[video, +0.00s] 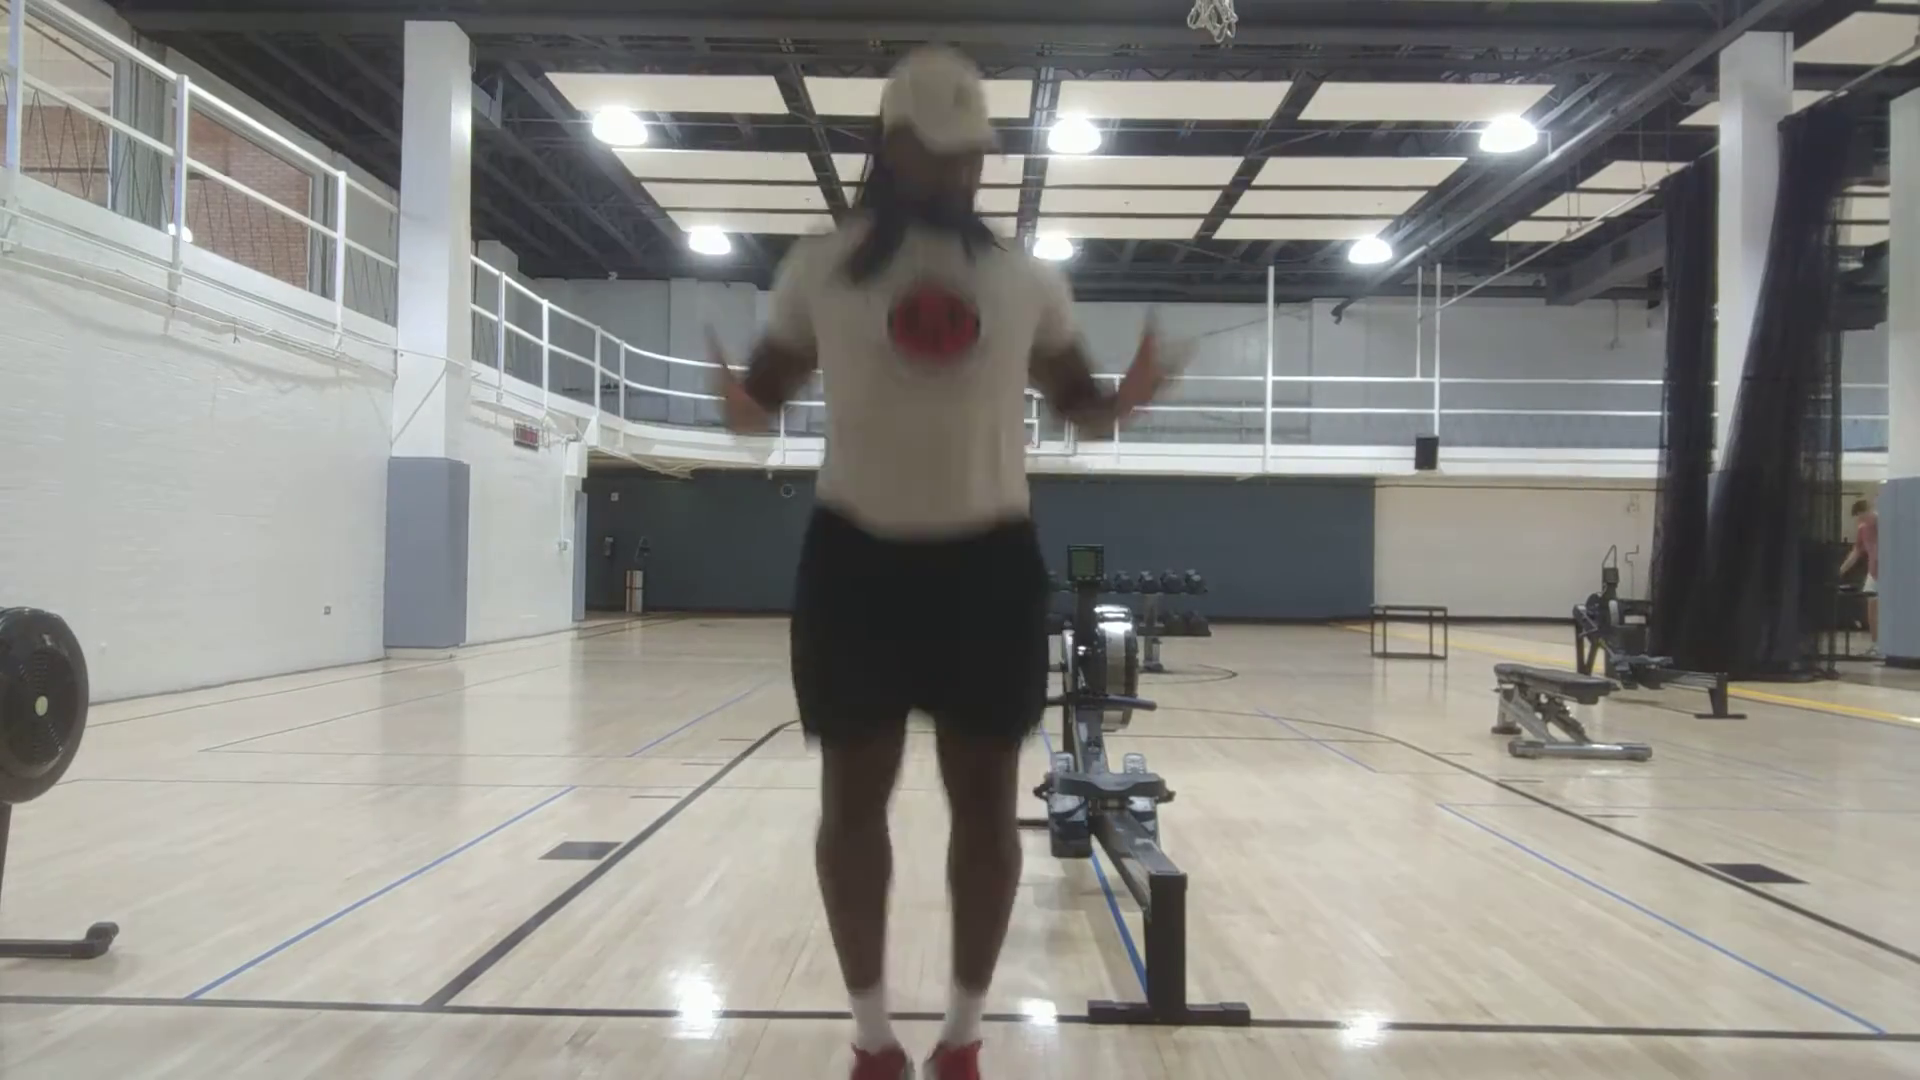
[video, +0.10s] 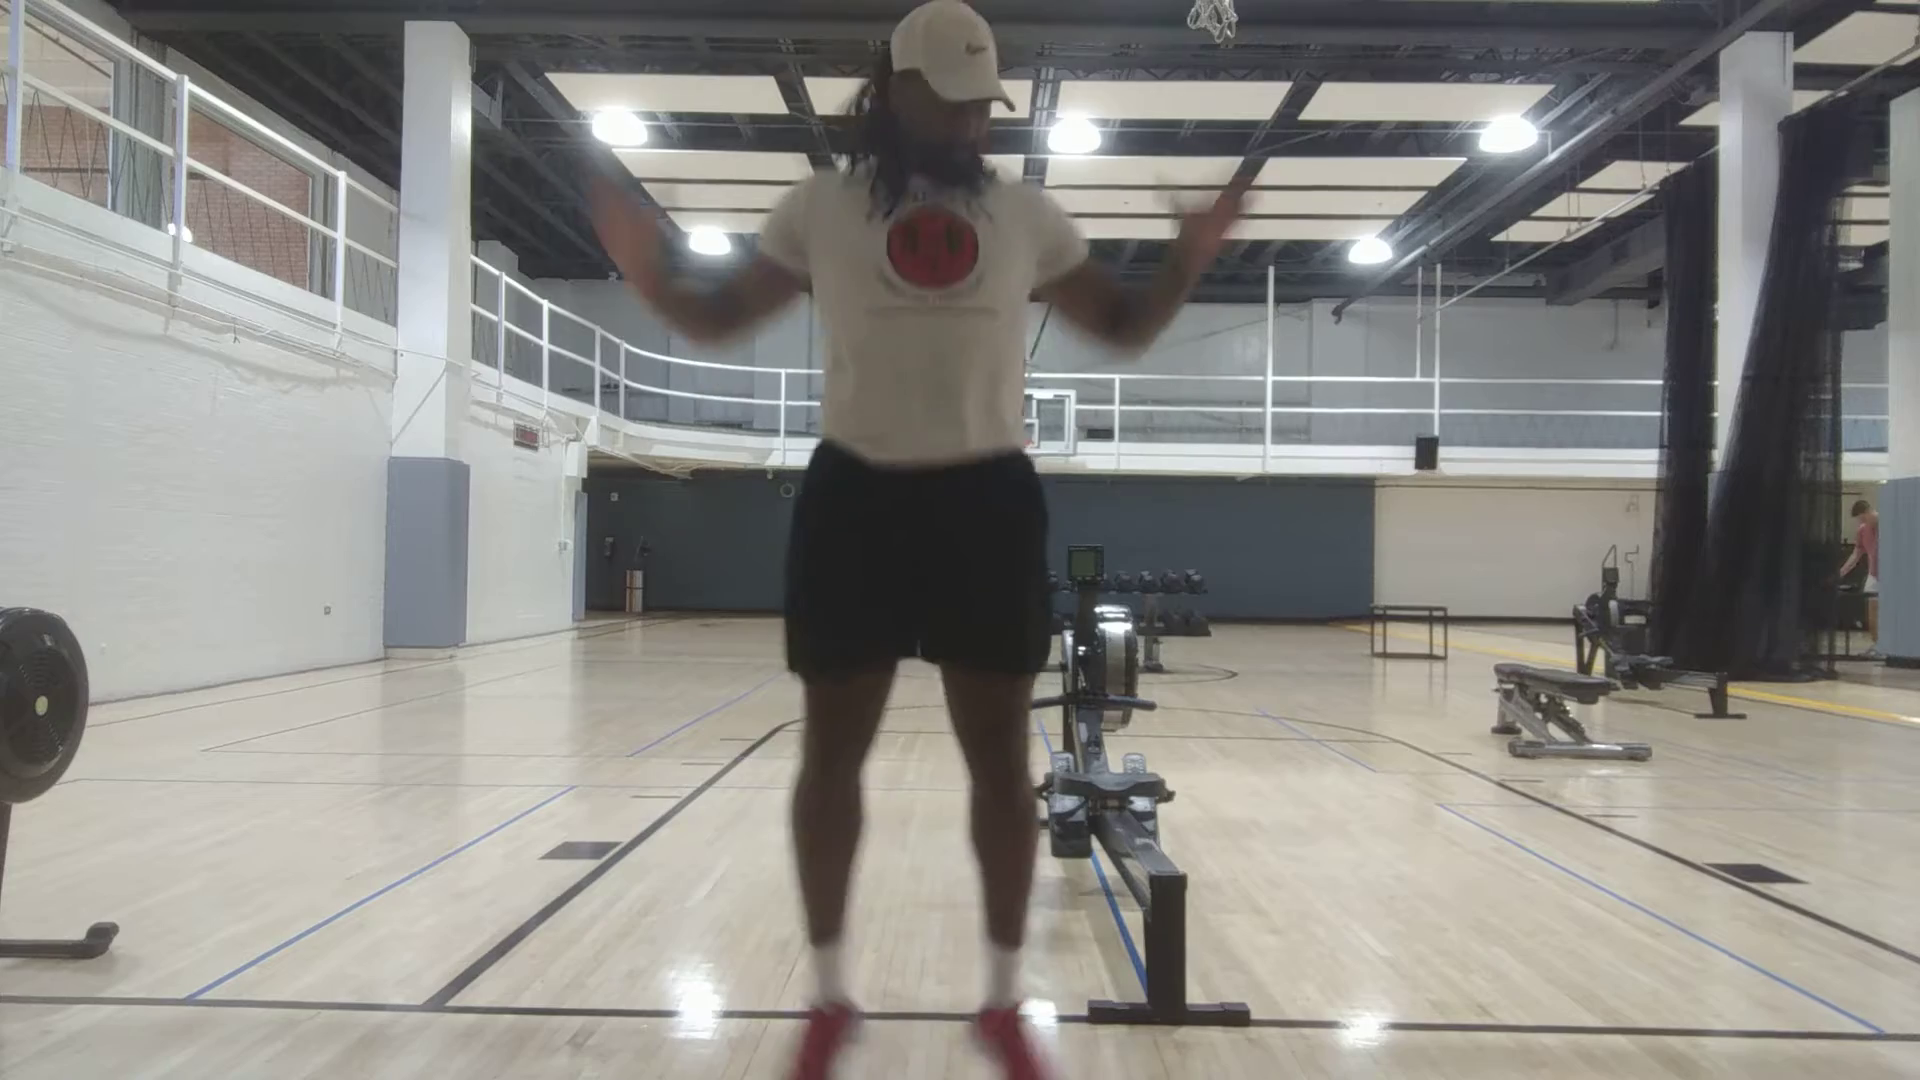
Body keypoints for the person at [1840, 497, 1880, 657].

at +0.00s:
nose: (1859, 519)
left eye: (1860, 515)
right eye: (1857, 516)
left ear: (1867, 512)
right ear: (1858, 515)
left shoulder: (1881, 524)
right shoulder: (1863, 527)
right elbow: (1857, 550)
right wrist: (1842, 569)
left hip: (1885, 573)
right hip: (1873, 573)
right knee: (1872, 605)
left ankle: (1881, 644)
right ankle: (1875, 642)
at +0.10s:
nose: (1861, 521)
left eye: (1861, 516)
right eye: (1858, 518)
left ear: (1869, 511)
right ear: (1860, 517)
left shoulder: (1884, 525)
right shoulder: (1863, 530)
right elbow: (1857, 553)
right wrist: (1842, 572)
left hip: (1888, 574)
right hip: (1874, 574)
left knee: (1888, 608)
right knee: (1872, 605)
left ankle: (1887, 644)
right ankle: (1876, 642)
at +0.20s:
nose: (1862, 522)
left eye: (1863, 517)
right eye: (1860, 519)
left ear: (1870, 513)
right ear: (1860, 518)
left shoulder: (1884, 525)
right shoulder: (1863, 530)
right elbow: (1859, 556)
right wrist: (1845, 576)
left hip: (1889, 574)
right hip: (1875, 573)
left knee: (1887, 608)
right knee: (1873, 605)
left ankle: (1888, 644)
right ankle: (1876, 642)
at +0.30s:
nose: (1865, 522)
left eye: (1866, 518)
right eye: (1862, 520)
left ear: (1872, 514)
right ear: (1862, 519)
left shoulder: (1884, 527)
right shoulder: (1866, 531)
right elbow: (1863, 555)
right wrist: (1854, 577)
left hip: (1887, 575)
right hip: (1876, 574)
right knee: (1874, 605)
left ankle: (1885, 644)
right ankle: (1876, 643)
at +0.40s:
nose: (1866, 523)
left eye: (1866, 519)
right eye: (1864, 520)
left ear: (1873, 515)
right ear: (1867, 518)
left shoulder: (1878, 529)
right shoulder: (1870, 531)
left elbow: (1868, 556)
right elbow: (1866, 556)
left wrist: (1855, 579)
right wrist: (1854, 580)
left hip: (1883, 574)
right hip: (1878, 573)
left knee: (1877, 605)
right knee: (1875, 604)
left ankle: (1879, 644)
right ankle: (1876, 643)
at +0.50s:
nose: (1868, 524)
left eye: (1868, 520)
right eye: (1867, 520)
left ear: (1871, 517)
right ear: (1875, 515)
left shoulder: (1874, 530)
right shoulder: (1875, 529)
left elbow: (1869, 555)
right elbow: (1869, 555)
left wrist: (1855, 577)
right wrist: (1855, 577)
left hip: (1882, 573)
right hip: (1882, 572)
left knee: (1878, 604)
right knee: (1877, 603)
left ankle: (1878, 643)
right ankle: (1878, 642)